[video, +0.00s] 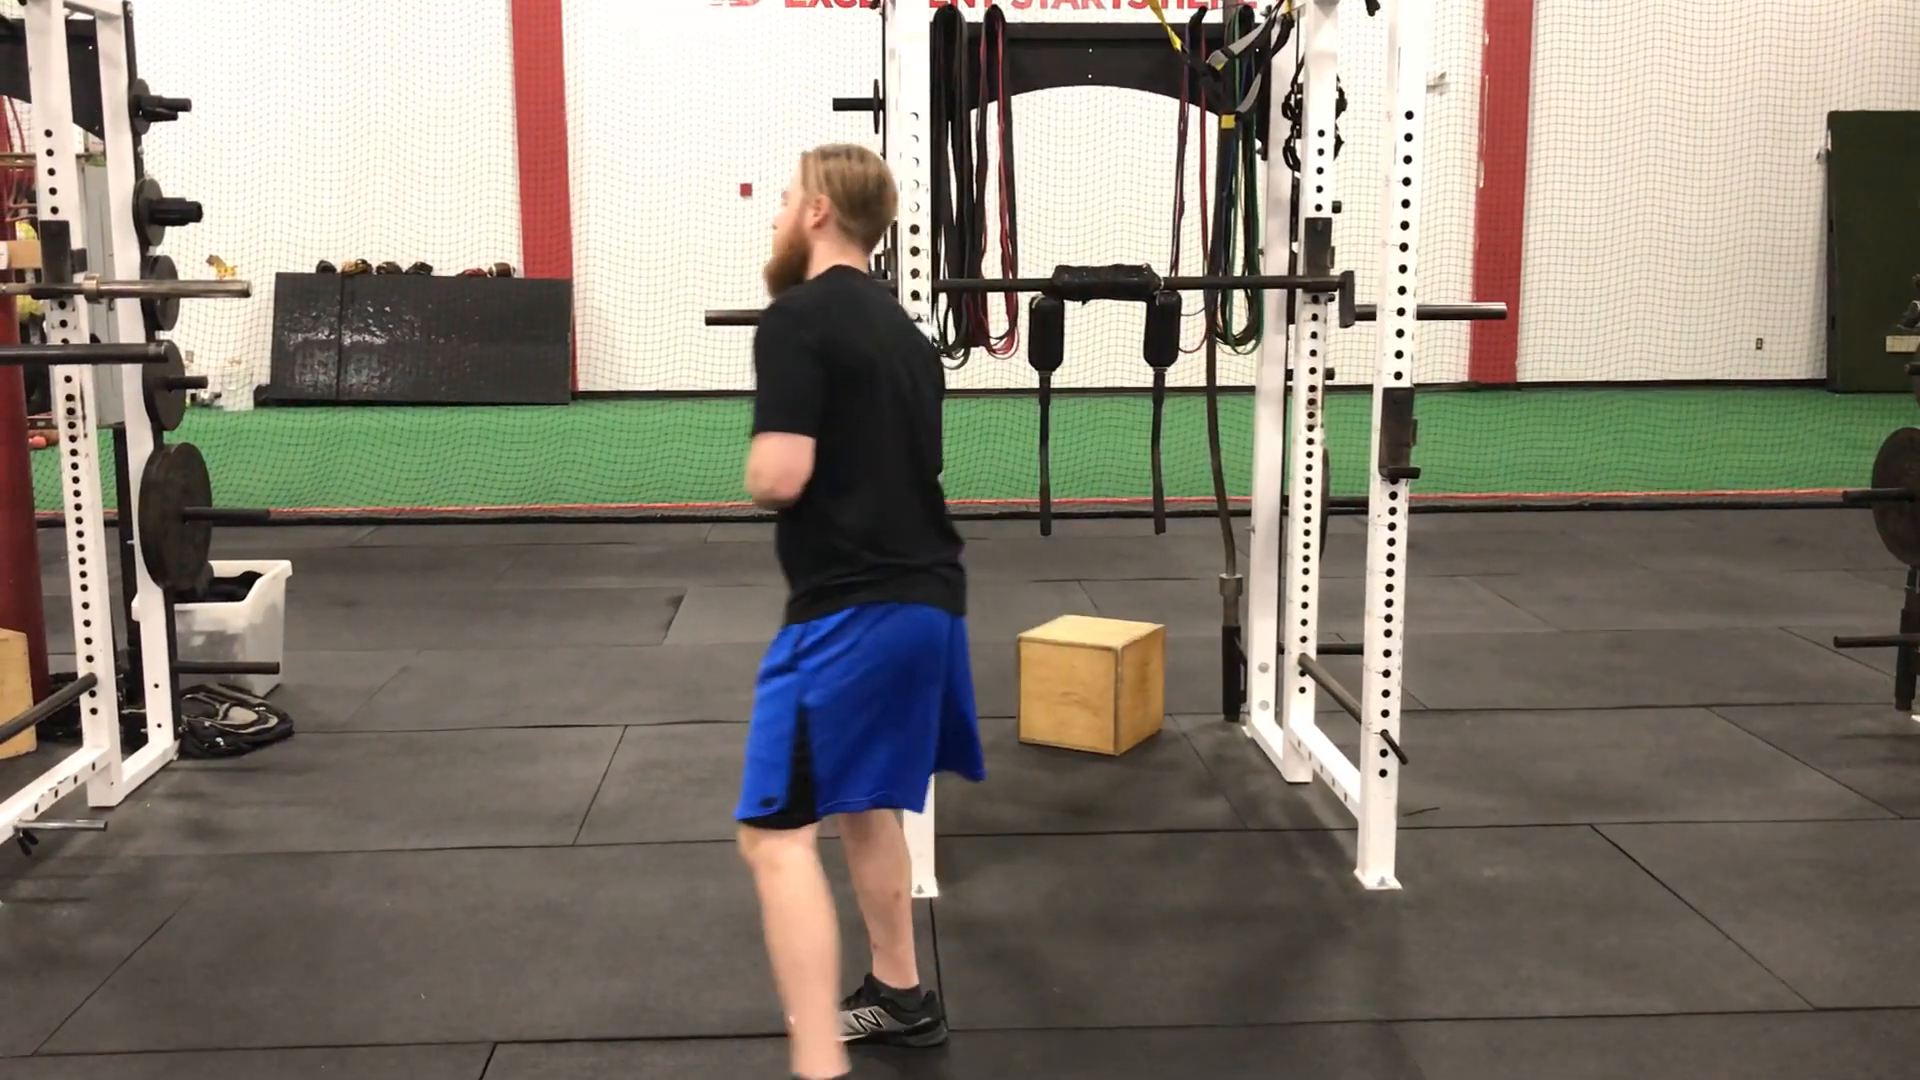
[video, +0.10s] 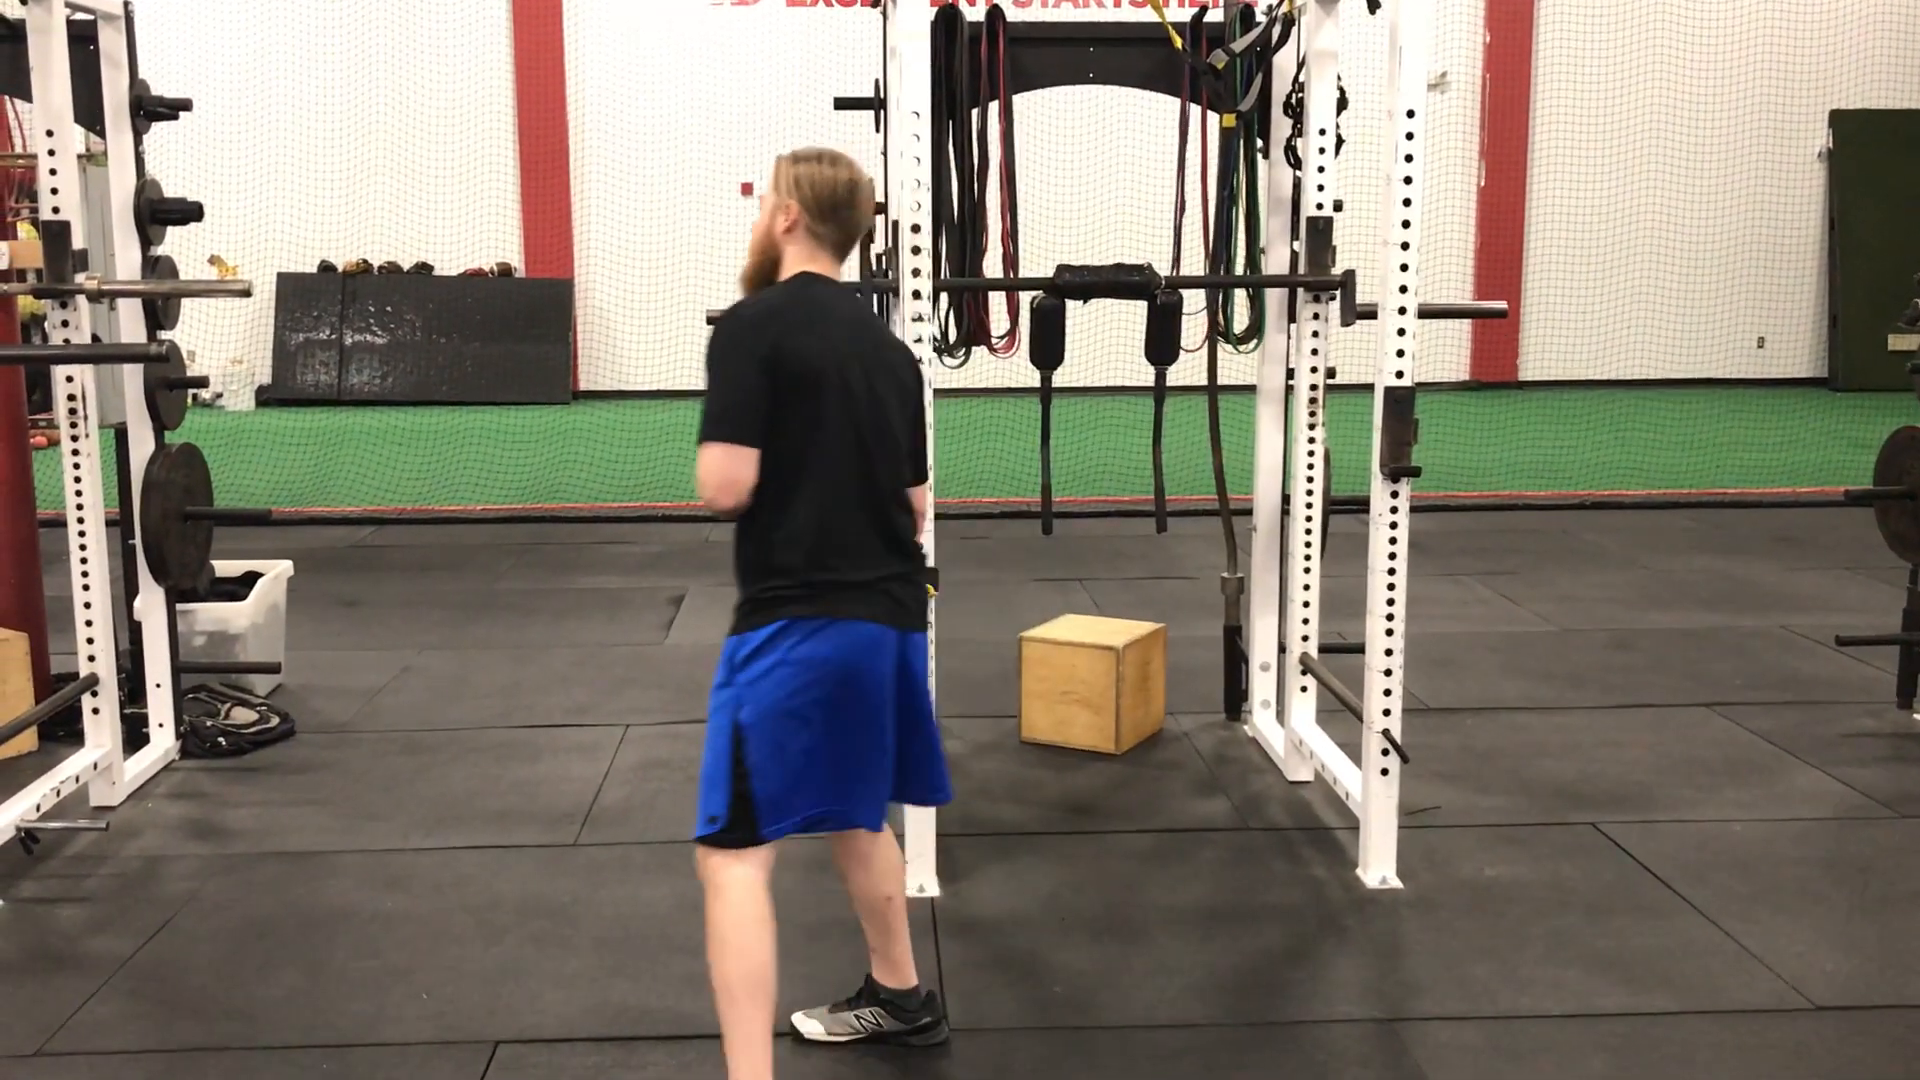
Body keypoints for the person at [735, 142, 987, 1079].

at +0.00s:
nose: (776, 212)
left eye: (785, 196)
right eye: (782, 195)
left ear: (814, 211)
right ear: (867, 222)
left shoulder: (799, 316)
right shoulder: (906, 330)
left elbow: (778, 477)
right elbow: (910, 466)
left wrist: (761, 475)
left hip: (850, 615)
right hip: (927, 607)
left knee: (773, 834)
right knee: (865, 802)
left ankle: (819, 1067)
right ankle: (901, 993)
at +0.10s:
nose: (751, 214)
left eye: (760, 199)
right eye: (758, 197)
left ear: (784, 215)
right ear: (850, 228)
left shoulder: (753, 327)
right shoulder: (891, 347)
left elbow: (725, 486)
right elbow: (915, 501)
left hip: (795, 625)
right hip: (888, 624)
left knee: (732, 850)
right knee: (859, 814)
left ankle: (749, 1073)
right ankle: (902, 994)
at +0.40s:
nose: (658, 246)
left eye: (661, 234)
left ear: (665, 241)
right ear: (757, 258)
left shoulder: (610, 345)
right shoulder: (799, 376)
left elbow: (566, 509)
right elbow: (843, 535)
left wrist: (645, 485)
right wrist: (858, 665)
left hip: (670, 654)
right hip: (776, 655)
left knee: (665, 904)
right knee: (714, 832)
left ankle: (736, 1074)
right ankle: (717, 1010)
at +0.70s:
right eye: (689, 324)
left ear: (593, 306)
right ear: (679, 332)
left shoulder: (505, 381)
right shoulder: (706, 440)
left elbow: (460, 534)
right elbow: (736, 593)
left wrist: (546, 532)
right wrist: (738, 744)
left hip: (551, 685)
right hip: (665, 691)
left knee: (602, 939)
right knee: (549, 861)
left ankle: (724, 1075)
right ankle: (485, 1020)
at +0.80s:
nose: (680, 373)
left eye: (683, 361)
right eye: (682, 361)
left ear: (589, 337)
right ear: (667, 363)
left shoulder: (488, 393)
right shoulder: (672, 472)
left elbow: (431, 535)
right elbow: (688, 619)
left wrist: (518, 525)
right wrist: (689, 778)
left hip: (494, 681)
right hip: (609, 697)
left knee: (528, 932)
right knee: (514, 850)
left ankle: (690, 1070)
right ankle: (474, 1021)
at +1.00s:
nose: (662, 453)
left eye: (671, 440)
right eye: (669, 438)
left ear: (585, 399)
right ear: (649, 426)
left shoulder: (472, 426)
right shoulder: (625, 521)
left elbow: (386, 551)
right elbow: (632, 684)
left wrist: (461, 603)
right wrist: (628, 831)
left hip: (409, 683)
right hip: (533, 712)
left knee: (341, 905)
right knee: (491, 817)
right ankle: (476, 1014)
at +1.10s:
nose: (656, 480)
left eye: (664, 467)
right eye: (661, 466)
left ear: (582, 433)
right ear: (641, 458)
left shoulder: (469, 453)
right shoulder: (614, 545)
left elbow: (370, 570)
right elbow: (630, 712)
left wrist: (449, 614)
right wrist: (633, 849)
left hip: (383, 689)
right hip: (510, 722)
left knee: (290, 900)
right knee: (496, 810)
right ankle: (475, 1015)